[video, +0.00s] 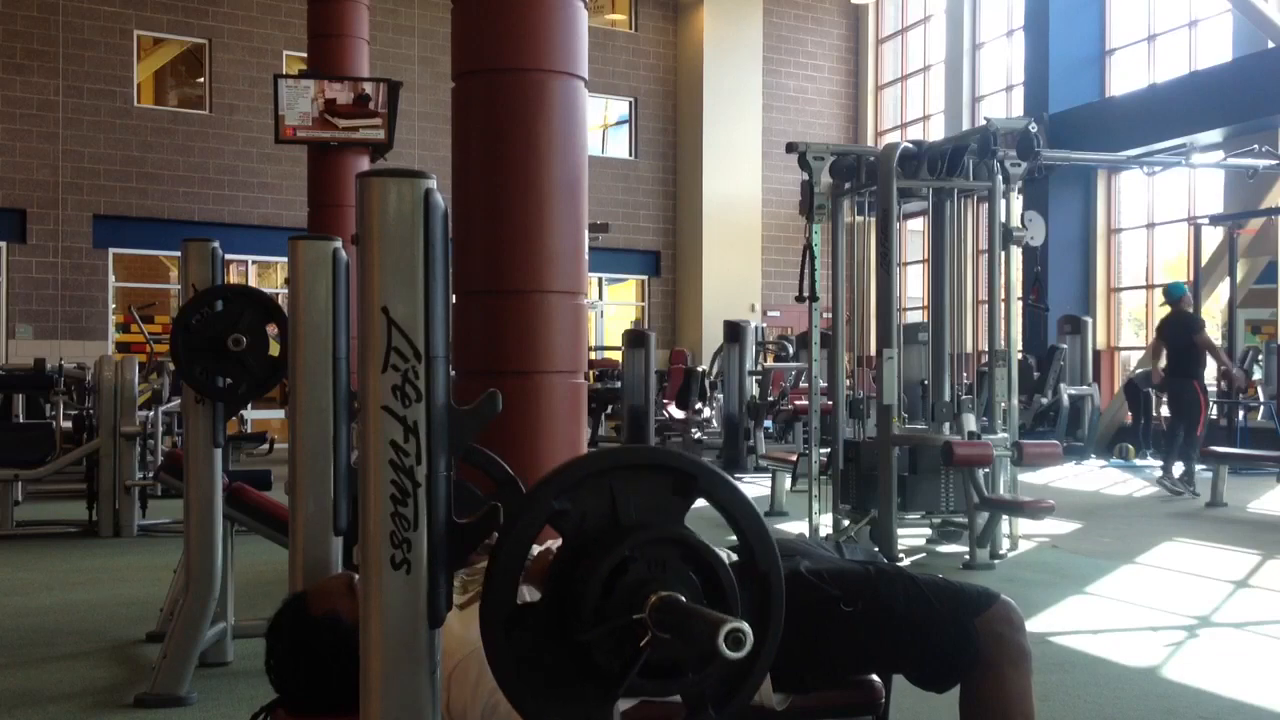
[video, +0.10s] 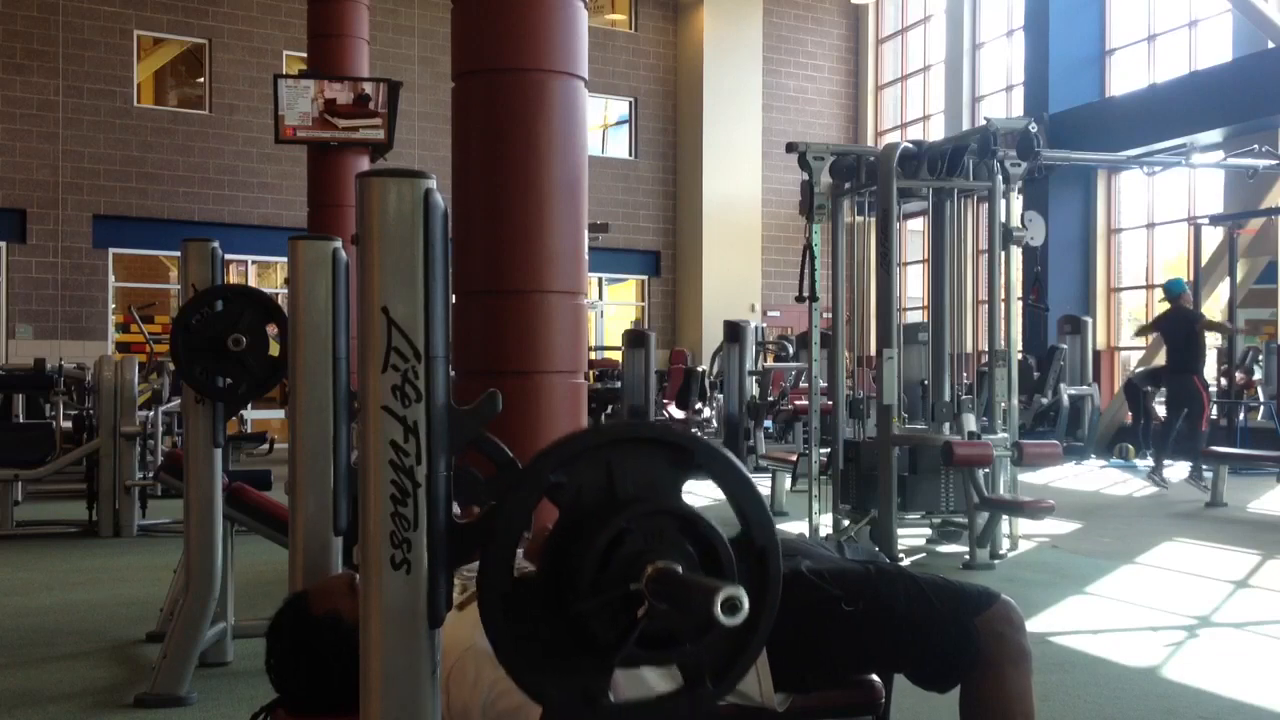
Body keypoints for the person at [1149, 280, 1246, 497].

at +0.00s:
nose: (1191, 296)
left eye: (1188, 293)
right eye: (1188, 293)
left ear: (1171, 301)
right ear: (1182, 298)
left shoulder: (1165, 322)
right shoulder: (1192, 320)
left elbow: (1156, 348)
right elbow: (1210, 346)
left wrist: (1154, 369)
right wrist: (1228, 367)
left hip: (1172, 380)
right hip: (1191, 381)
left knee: (1176, 424)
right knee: (1195, 427)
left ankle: (1167, 473)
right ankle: (1189, 477)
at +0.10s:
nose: (1191, 294)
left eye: (1188, 291)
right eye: (1187, 291)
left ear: (1171, 297)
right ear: (1182, 295)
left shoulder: (1164, 318)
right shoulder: (1192, 315)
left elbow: (1143, 330)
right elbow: (1213, 325)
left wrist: (1140, 331)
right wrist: (1230, 328)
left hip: (1172, 375)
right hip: (1191, 375)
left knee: (1172, 420)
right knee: (1201, 420)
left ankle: (1157, 469)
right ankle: (1197, 471)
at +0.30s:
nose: (1191, 322)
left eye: (1175, 318)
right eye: (1190, 319)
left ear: (1171, 321)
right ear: (1189, 321)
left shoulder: (1163, 338)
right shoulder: (1192, 335)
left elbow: (1146, 319)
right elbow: (1203, 309)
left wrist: (1144, 291)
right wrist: (1200, 282)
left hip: (1169, 402)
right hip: (1190, 402)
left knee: (1168, 441)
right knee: (1213, 442)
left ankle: (1141, 481)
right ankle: (1204, 487)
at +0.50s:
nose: (1194, 312)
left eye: (1192, 309)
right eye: (1192, 309)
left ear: (1171, 312)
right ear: (1188, 312)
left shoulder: (1165, 329)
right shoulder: (1191, 327)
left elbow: (1143, 319)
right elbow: (1205, 306)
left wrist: (1141, 293)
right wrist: (1203, 281)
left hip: (1172, 391)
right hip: (1191, 392)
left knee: (1167, 433)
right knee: (1207, 433)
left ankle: (1146, 475)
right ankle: (1204, 481)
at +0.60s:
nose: (1194, 299)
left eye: (1193, 295)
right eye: (1192, 296)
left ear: (1174, 300)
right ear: (1186, 299)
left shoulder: (1167, 318)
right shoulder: (1189, 317)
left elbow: (1144, 328)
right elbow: (1203, 322)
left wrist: (1131, 322)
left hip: (1173, 379)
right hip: (1190, 379)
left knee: (1169, 423)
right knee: (1200, 423)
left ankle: (1155, 471)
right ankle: (1199, 474)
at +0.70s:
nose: (1194, 297)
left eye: (1193, 294)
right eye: (1192, 294)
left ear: (1174, 298)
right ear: (1185, 297)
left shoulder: (1167, 318)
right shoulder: (1190, 317)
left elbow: (1152, 344)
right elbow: (1201, 337)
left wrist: (1144, 366)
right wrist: (1225, 349)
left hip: (1171, 378)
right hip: (1189, 379)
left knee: (1173, 423)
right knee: (1198, 420)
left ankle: (1164, 474)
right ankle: (1190, 474)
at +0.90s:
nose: (1195, 319)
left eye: (1194, 315)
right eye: (1193, 316)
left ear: (1175, 322)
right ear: (1187, 320)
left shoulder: (1166, 344)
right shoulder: (1195, 343)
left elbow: (1165, 372)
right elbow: (1201, 376)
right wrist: (1204, 396)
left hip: (1169, 397)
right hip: (1188, 397)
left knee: (1186, 439)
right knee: (1199, 439)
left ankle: (1171, 481)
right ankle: (1176, 482)